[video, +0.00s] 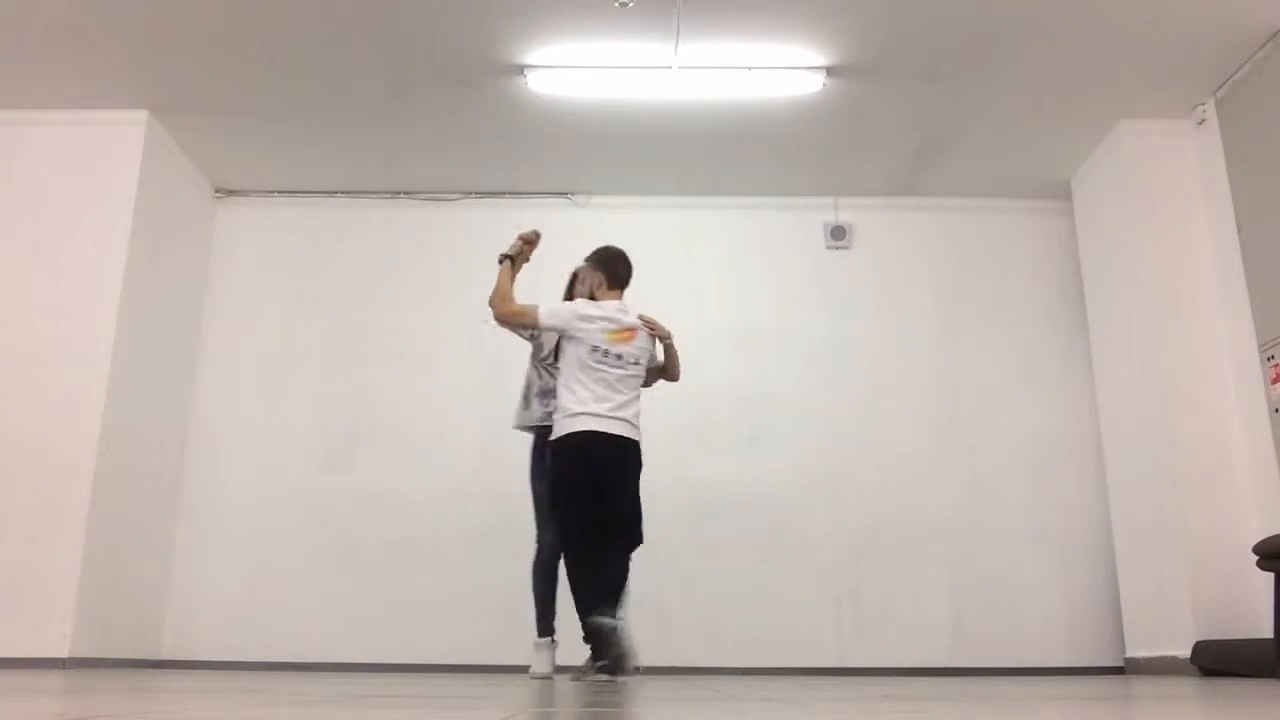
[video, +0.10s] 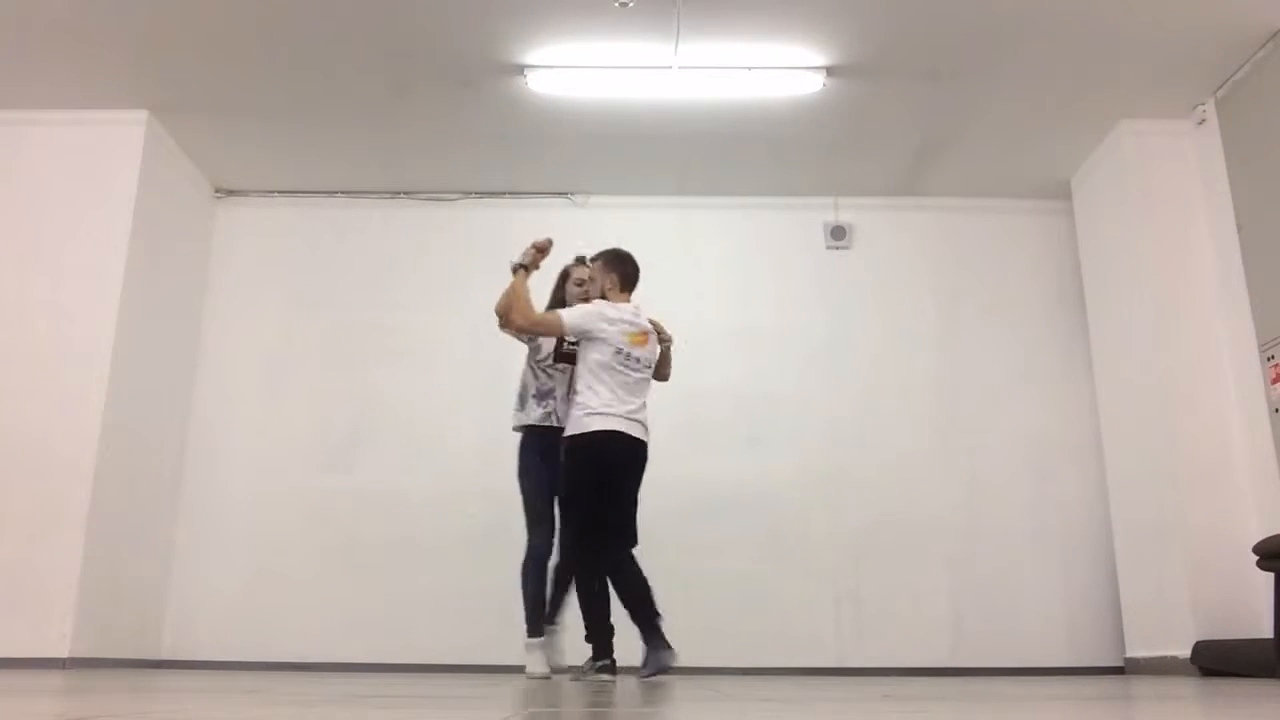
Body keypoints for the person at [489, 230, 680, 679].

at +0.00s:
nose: (581, 284)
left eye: (585, 276)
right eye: (582, 277)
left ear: (596, 278)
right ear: (625, 280)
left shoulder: (577, 315)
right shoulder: (641, 330)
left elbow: (503, 310)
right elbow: (661, 375)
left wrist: (509, 262)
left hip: (577, 441)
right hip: (625, 444)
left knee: (581, 546)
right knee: (620, 540)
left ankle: (608, 648)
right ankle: (610, 627)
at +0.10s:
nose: (588, 285)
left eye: (593, 278)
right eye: (587, 278)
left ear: (610, 280)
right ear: (629, 282)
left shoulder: (597, 315)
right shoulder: (648, 329)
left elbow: (521, 320)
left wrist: (520, 271)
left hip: (591, 439)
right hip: (631, 443)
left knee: (585, 550)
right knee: (616, 549)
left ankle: (602, 656)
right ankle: (656, 643)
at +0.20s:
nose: (592, 287)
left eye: (598, 280)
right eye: (593, 280)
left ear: (621, 283)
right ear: (630, 287)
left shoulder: (617, 320)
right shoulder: (651, 328)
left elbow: (552, 339)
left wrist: (539, 294)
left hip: (608, 442)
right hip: (636, 443)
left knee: (592, 550)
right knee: (627, 553)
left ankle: (602, 655)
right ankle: (666, 653)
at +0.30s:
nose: (598, 288)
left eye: (607, 282)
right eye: (599, 282)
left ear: (631, 287)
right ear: (627, 289)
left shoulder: (632, 327)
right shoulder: (640, 328)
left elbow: (586, 363)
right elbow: (590, 361)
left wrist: (560, 322)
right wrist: (563, 336)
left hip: (625, 447)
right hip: (641, 446)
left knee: (598, 549)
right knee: (638, 553)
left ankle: (605, 655)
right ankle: (672, 655)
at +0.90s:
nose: (618, 307)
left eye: (626, 300)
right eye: (613, 301)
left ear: (645, 306)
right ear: (609, 308)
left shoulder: (661, 344)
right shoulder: (607, 356)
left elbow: (646, 371)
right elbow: (573, 384)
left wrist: (612, 327)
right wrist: (548, 358)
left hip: (653, 463)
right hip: (614, 463)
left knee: (625, 560)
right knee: (596, 559)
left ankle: (613, 653)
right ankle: (661, 637)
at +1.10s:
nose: (616, 307)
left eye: (624, 301)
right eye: (611, 302)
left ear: (641, 309)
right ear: (604, 308)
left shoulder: (657, 351)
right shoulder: (593, 352)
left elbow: (669, 394)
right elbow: (565, 370)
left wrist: (633, 357)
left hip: (643, 466)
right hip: (597, 465)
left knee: (629, 559)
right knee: (593, 555)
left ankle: (617, 650)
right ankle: (600, 640)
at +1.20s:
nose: (615, 311)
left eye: (622, 305)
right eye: (609, 305)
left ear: (637, 312)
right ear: (600, 311)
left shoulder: (650, 359)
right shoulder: (584, 354)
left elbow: (673, 408)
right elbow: (554, 388)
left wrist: (638, 369)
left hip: (638, 470)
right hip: (591, 468)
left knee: (631, 565)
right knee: (595, 564)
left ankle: (620, 651)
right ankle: (591, 649)